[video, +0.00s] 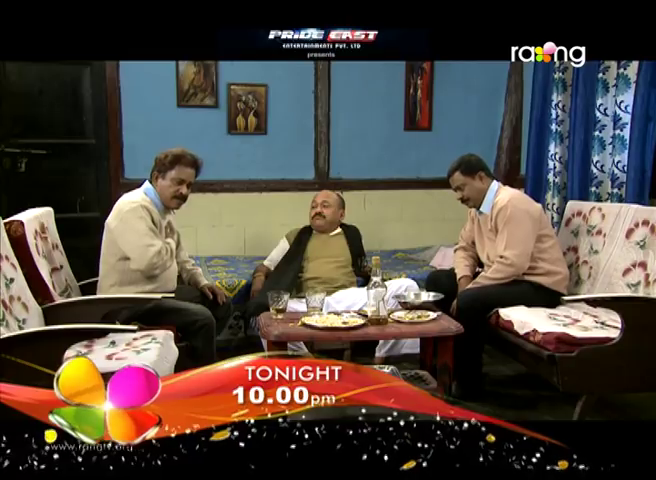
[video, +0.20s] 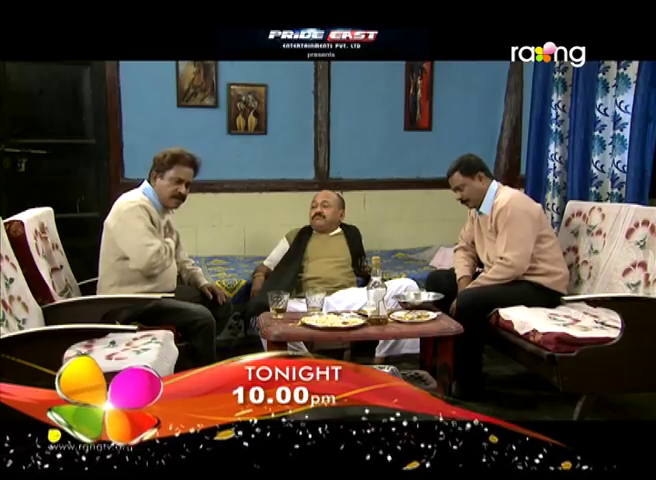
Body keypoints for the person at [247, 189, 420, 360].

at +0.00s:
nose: (317, 210)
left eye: (325, 206)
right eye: (314, 206)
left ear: (341, 213)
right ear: (309, 211)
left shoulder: (351, 233)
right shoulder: (297, 236)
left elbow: (361, 269)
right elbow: (264, 269)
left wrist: (378, 280)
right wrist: (256, 301)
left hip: (350, 297)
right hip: (309, 300)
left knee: (406, 285)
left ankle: (381, 362)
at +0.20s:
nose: (317, 211)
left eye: (325, 206)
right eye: (314, 206)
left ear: (340, 213)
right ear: (309, 211)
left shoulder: (351, 233)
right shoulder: (297, 236)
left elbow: (361, 269)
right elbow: (264, 269)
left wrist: (379, 281)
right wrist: (256, 302)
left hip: (350, 298)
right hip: (309, 300)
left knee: (406, 286)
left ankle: (382, 362)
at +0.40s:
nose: (317, 210)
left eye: (325, 206)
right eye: (314, 206)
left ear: (340, 213)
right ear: (309, 211)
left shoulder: (351, 233)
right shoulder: (297, 236)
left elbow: (361, 269)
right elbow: (264, 269)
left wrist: (378, 280)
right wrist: (256, 301)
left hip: (350, 298)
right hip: (309, 300)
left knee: (406, 285)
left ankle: (382, 363)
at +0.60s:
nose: (317, 210)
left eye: (325, 206)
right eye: (314, 206)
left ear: (340, 213)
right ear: (309, 211)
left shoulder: (351, 233)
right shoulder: (297, 236)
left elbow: (361, 269)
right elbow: (264, 269)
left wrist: (378, 280)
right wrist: (256, 301)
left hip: (351, 298)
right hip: (310, 300)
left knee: (406, 285)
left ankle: (382, 363)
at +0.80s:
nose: (317, 210)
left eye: (325, 206)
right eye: (313, 206)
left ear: (340, 213)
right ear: (309, 212)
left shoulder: (351, 233)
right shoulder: (297, 236)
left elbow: (361, 269)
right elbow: (264, 270)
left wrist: (379, 281)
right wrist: (255, 303)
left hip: (350, 298)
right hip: (310, 300)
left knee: (406, 285)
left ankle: (383, 362)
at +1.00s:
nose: (317, 210)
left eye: (325, 206)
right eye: (313, 206)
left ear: (340, 213)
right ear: (309, 211)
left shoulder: (351, 233)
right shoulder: (297, 236)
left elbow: (361, 269)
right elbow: (264, 268)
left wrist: (379, 282)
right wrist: (256, 300)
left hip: (350, 297)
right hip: (309, 300)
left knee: (406, 285)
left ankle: (382, 362)